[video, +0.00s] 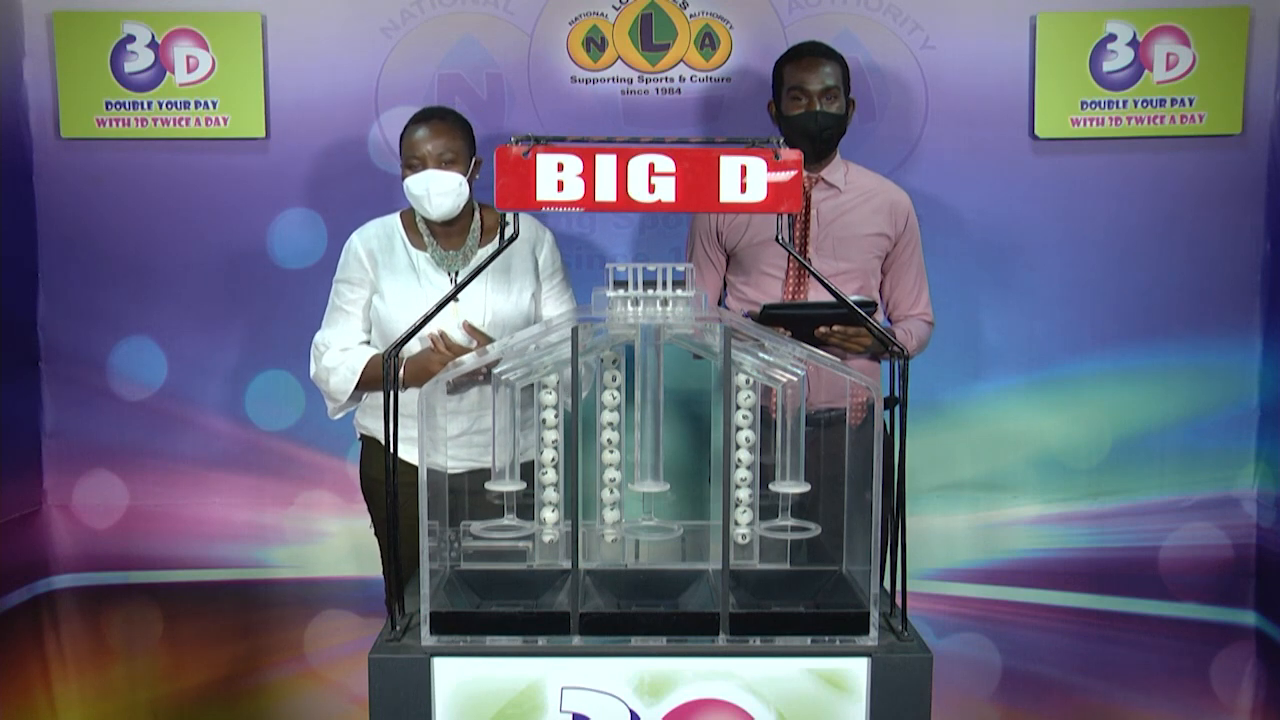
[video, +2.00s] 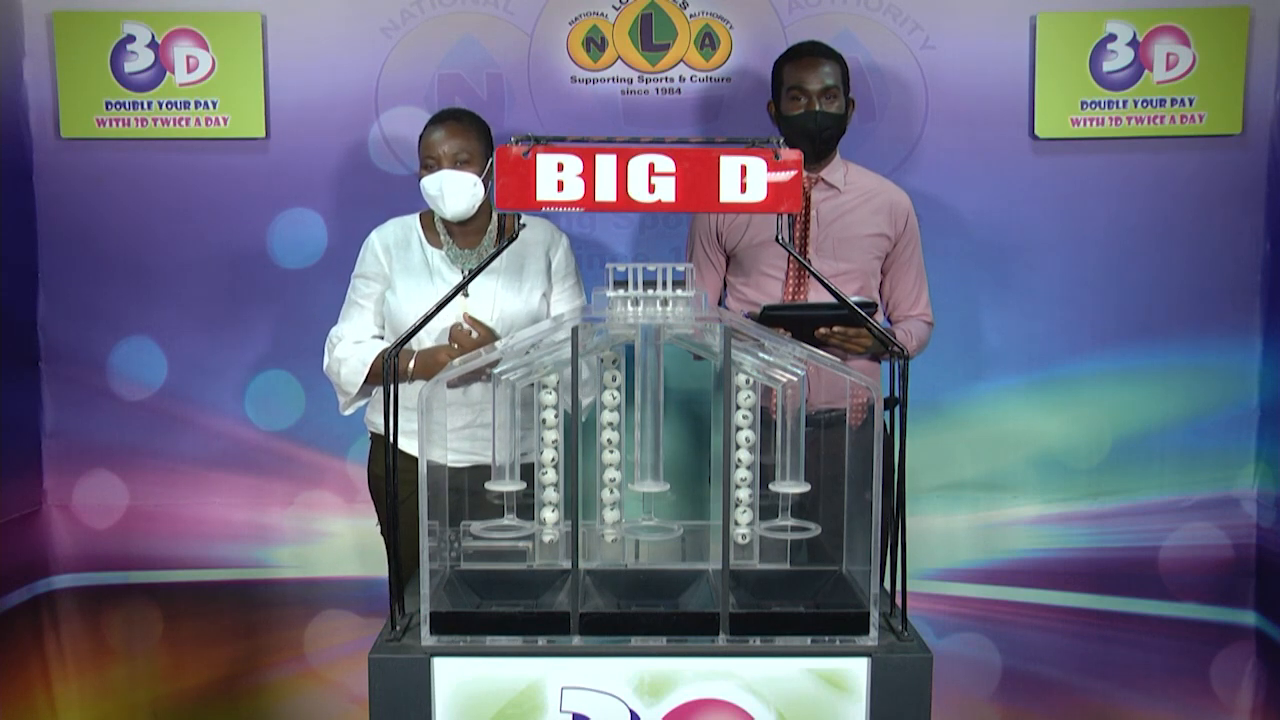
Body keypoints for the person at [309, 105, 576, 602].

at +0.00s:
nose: (434, 179)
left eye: (448, 162)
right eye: (419, 166)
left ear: (473, 165)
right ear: (403, 172)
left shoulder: (529, 241)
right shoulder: (370, 247)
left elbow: (568, 350)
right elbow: (331, 362)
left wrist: (502, 359)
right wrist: (407, 370)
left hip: (505, 462)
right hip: (403, 465)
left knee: (504, 617)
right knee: (415, 616)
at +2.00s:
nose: (447, 179)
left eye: (462, 162)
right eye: (433, 165)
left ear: (490, 166)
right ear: (420, 172)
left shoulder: (544, 244)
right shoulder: (387, 246)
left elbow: (575, 360)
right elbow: (344, 357)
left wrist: (500, 356)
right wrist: (429, 360)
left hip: (512, 463)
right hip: (409, 463)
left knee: (506, 616)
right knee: (416, 617)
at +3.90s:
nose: (448, 180)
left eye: (462, 164)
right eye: (433, 166)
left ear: (489, 166)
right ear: (420, 171)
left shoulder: (543, 246)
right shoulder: (385, 246)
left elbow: (570, 359)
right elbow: (341, 358)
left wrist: (495, 349)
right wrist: (417, 360)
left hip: (511, 463)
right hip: (408, 463)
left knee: (506, 617)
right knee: (416, 617)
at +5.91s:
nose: (441, 179)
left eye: (455, 163)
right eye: (427, 165)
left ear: (481, 167)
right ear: (413, 172)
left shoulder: (537, 246)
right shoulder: (379, 248)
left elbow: (566, 352)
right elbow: (336, 361)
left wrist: (495, 355)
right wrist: (417, 362)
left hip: (505, 462)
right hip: (404, 462)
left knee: (500, 613)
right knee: (414, 612)